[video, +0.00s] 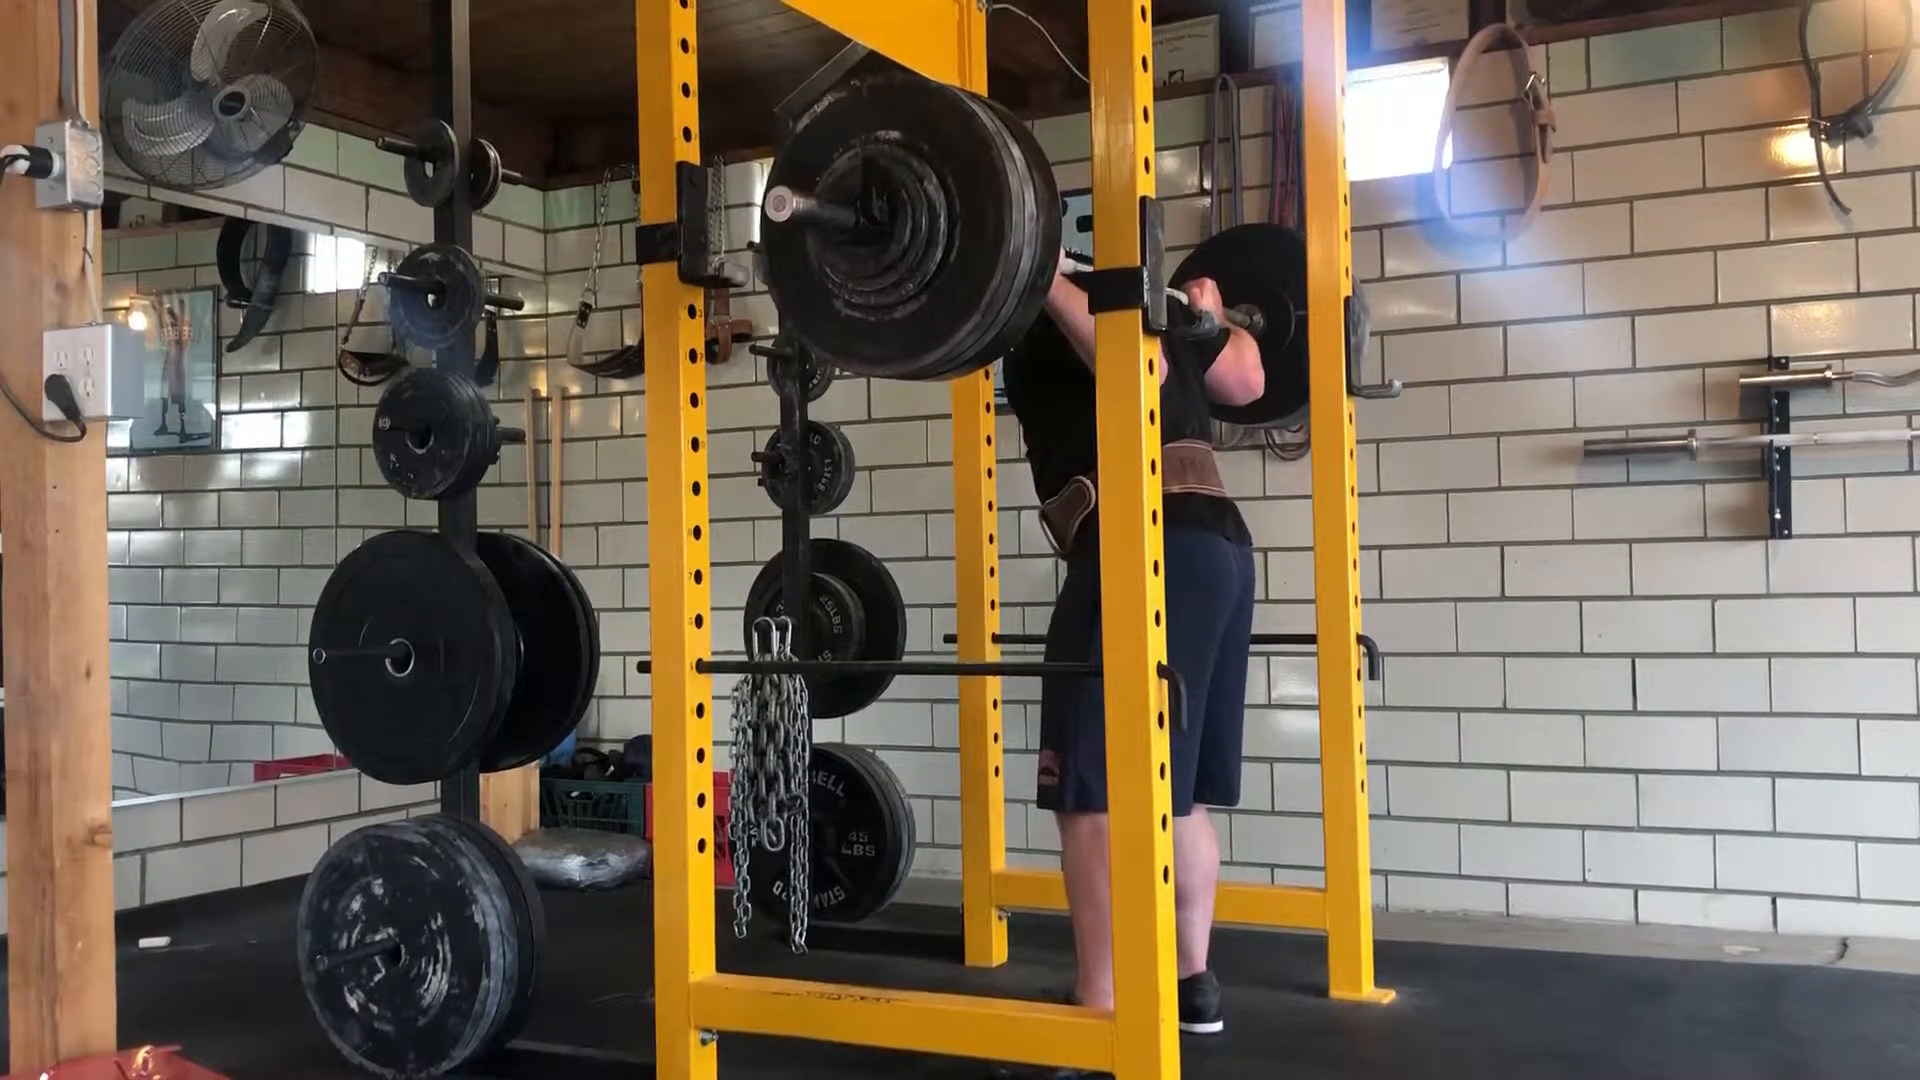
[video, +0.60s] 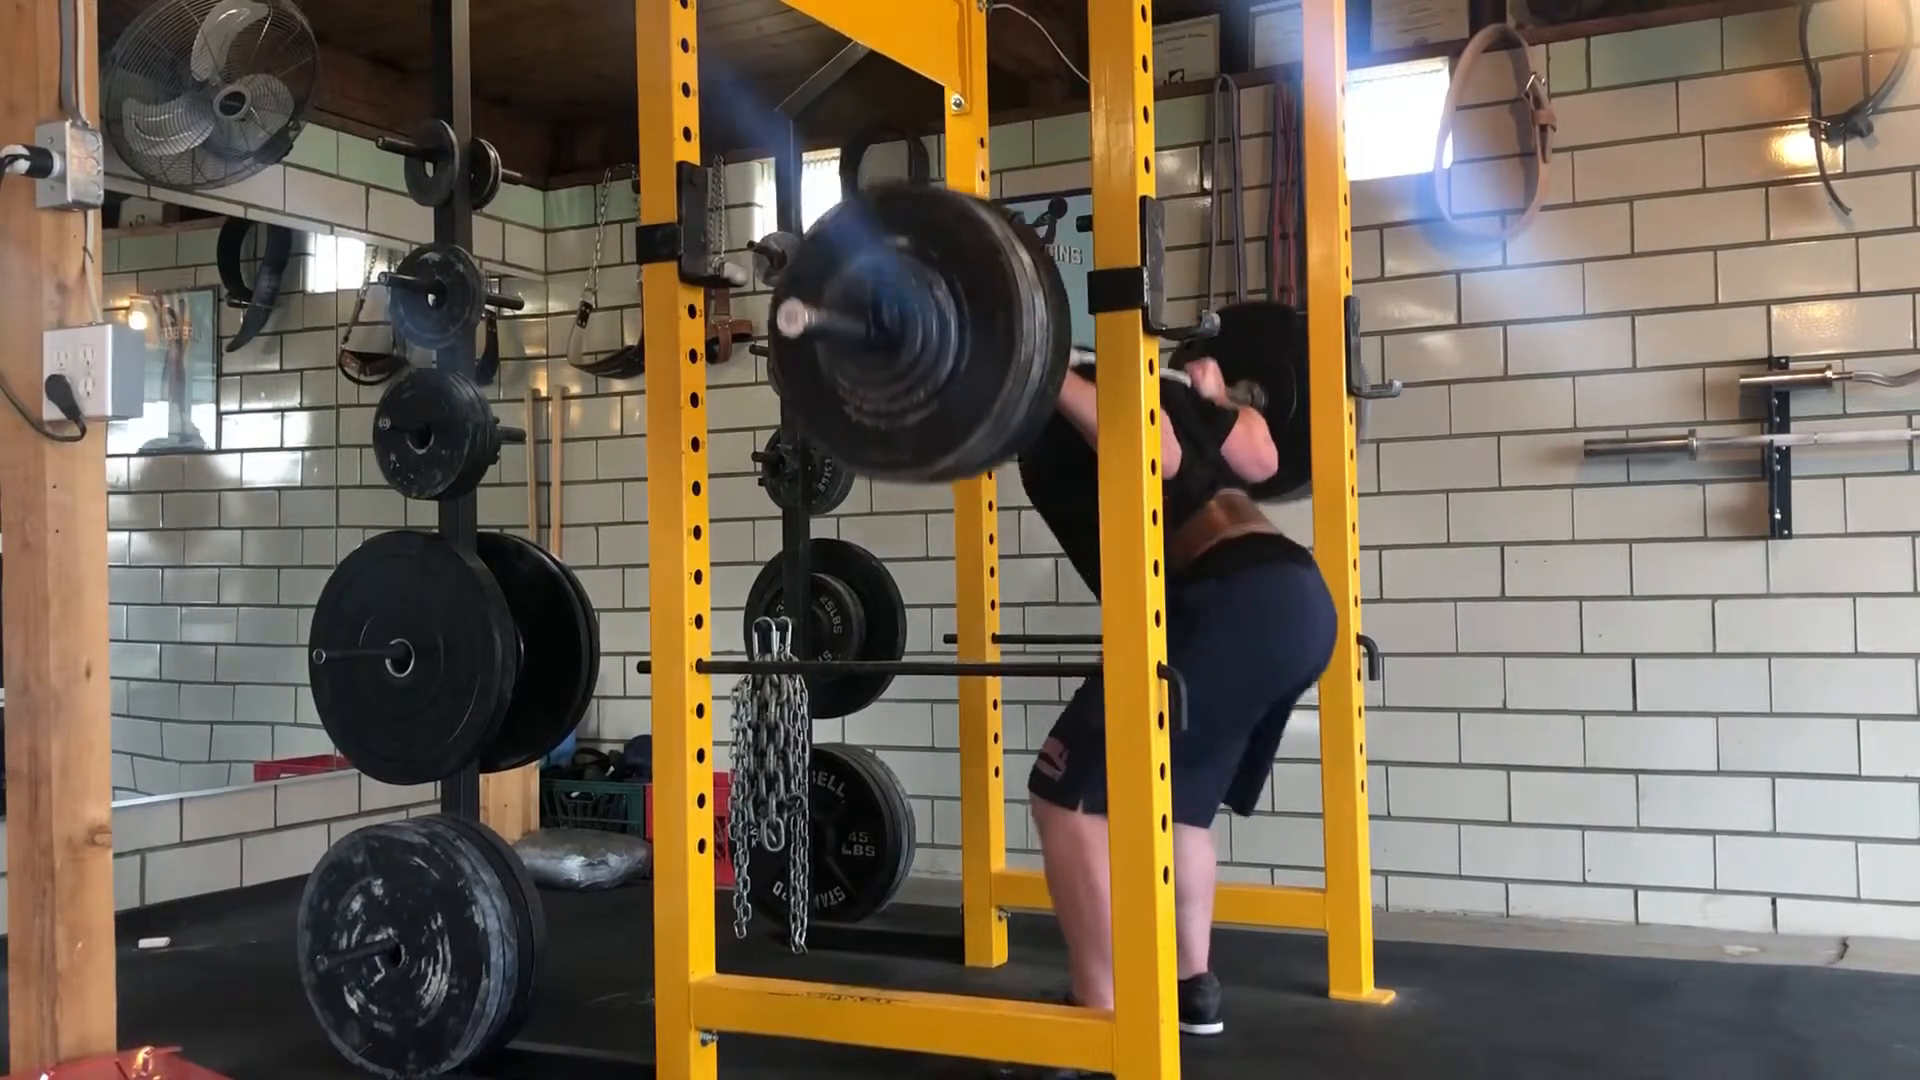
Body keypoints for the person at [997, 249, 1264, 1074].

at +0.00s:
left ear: (1024, 244)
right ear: (1067, 234)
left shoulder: (1050, 297)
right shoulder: (1159, 298)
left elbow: (1134, 373)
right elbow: (1246, 379)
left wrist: (1051, 281)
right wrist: (1211, 307)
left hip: (1132, 539)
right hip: (1218, 546)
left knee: (1085, 782)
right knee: (1190, 783)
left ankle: (1100, 1000)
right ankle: (1194, 985)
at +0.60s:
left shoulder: (1073, 395)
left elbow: (1167, 457)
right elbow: (1259, 458)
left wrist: (1048, 375)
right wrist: (1209, 393)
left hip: (1234, 601)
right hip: (1291, 602)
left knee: (1064, 786)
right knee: (1185, 795)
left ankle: (1099, 1006)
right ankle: (1192, 986)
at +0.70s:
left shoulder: (1081, 426)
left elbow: (1167, 485)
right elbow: (1265, 484)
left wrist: (1045, 405)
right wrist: (1216, 426)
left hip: (1248, 620)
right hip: (1298, 621)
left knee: (1059, 790)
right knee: (1181, 807)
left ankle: (1101, 1012)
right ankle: (1191, 987)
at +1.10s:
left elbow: (1165, 599)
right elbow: (1260, 577)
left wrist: (1042, 524)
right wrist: (1210, 528)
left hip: (1269, 717)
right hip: (1307, 718)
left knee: (1027, 805)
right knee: (1157, 818)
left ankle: (1101, 1022)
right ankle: (1190, 982)